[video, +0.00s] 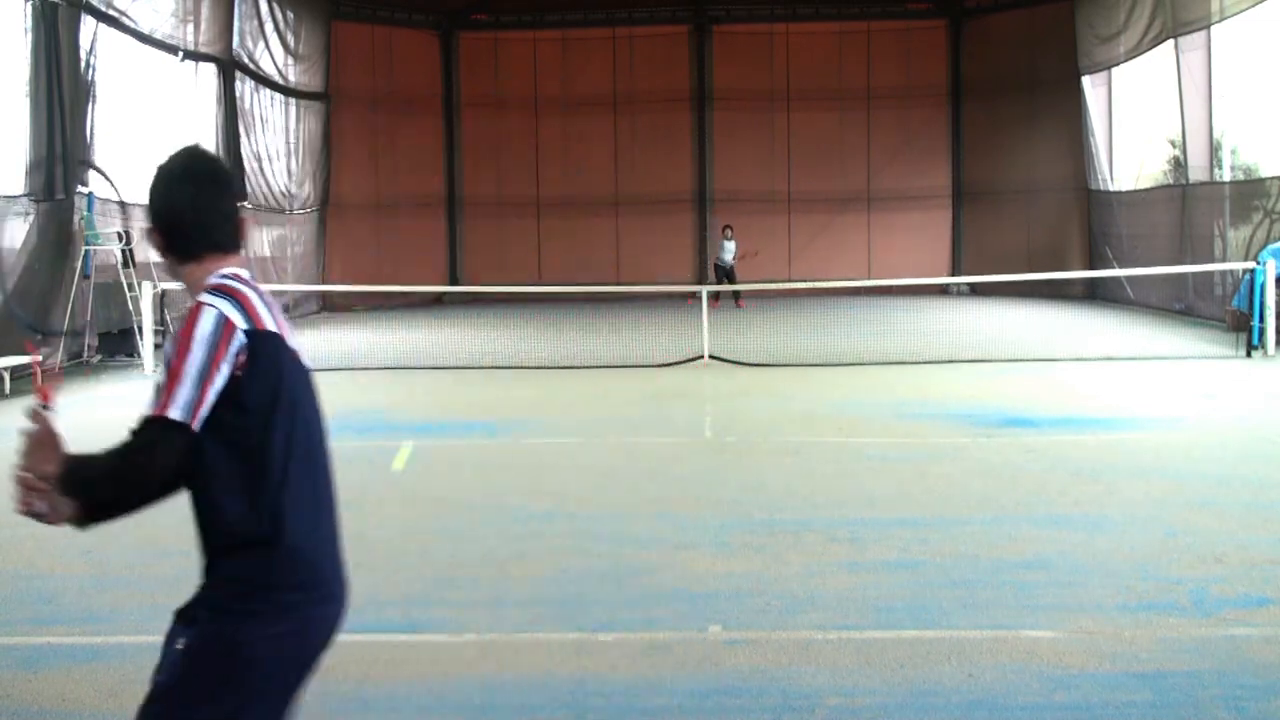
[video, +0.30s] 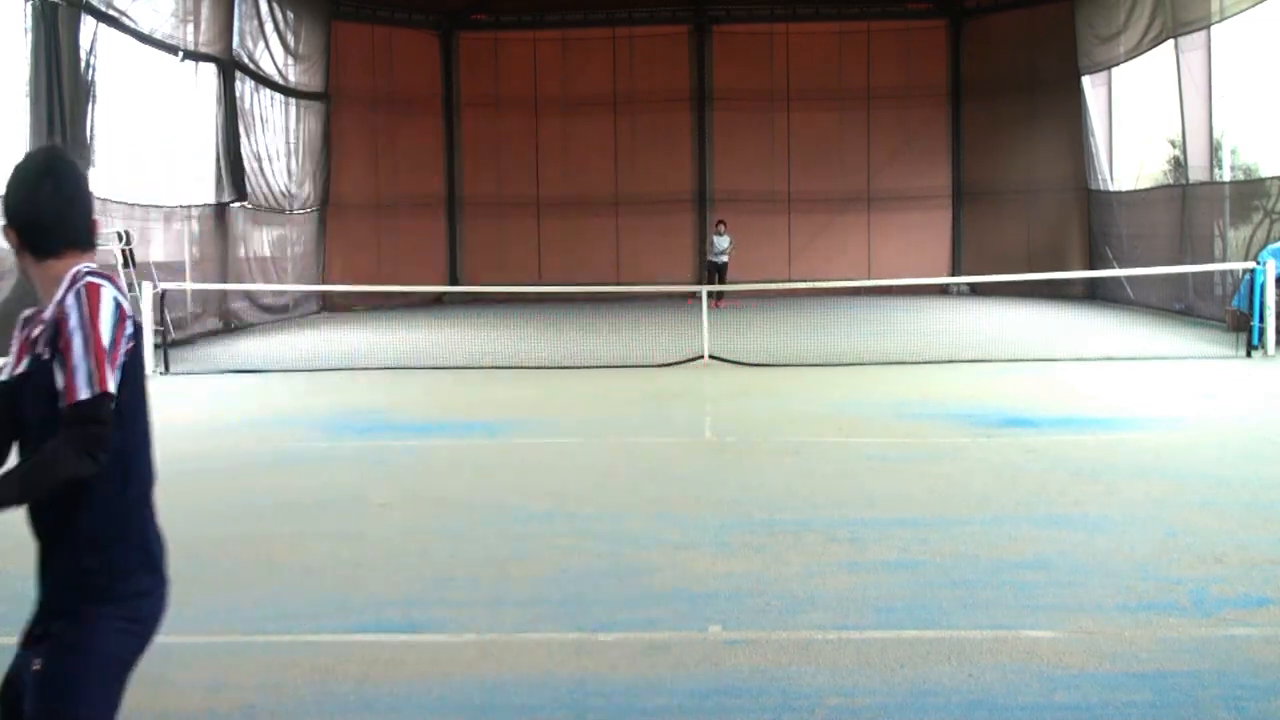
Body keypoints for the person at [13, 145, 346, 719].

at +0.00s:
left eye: (153, 226)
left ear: (157, 239)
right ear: (242, 225)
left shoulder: (217, 311)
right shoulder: (248, 306)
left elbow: (159, 453)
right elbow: (184, 461)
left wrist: (63, 468)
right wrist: (77, 505)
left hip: (260, 593)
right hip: (292, 587)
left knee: (172, 708)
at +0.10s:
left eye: (97, 222)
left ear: (103, 233)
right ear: (187, 221)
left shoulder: (169, 295)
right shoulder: (173, 294)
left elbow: (125, 437)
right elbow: (108, 431)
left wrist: (17, 435)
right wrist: (14, 478)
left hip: (215, 586)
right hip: (208, 577)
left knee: (138, 706)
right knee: (133, 696)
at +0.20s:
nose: (45, 230)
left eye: (45, 219)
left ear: (53, 233)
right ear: (134, 220)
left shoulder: (127, 290)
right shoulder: (101, 302)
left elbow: (113, 437)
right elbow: (50, 412)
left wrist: (11, 443)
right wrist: (7, 446)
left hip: (167, 586)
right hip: (132, 580)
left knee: (100, 707)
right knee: (60, 701)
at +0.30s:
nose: (10, 243)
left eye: (8, 233)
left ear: (13, 239)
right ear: (94, 227)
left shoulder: (89, 296)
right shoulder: (34, 325)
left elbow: (88, 441)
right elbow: (9, 427)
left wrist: (6, 490)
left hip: (112, 587)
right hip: (69, 585)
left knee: (59, 706)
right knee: (20, 701)